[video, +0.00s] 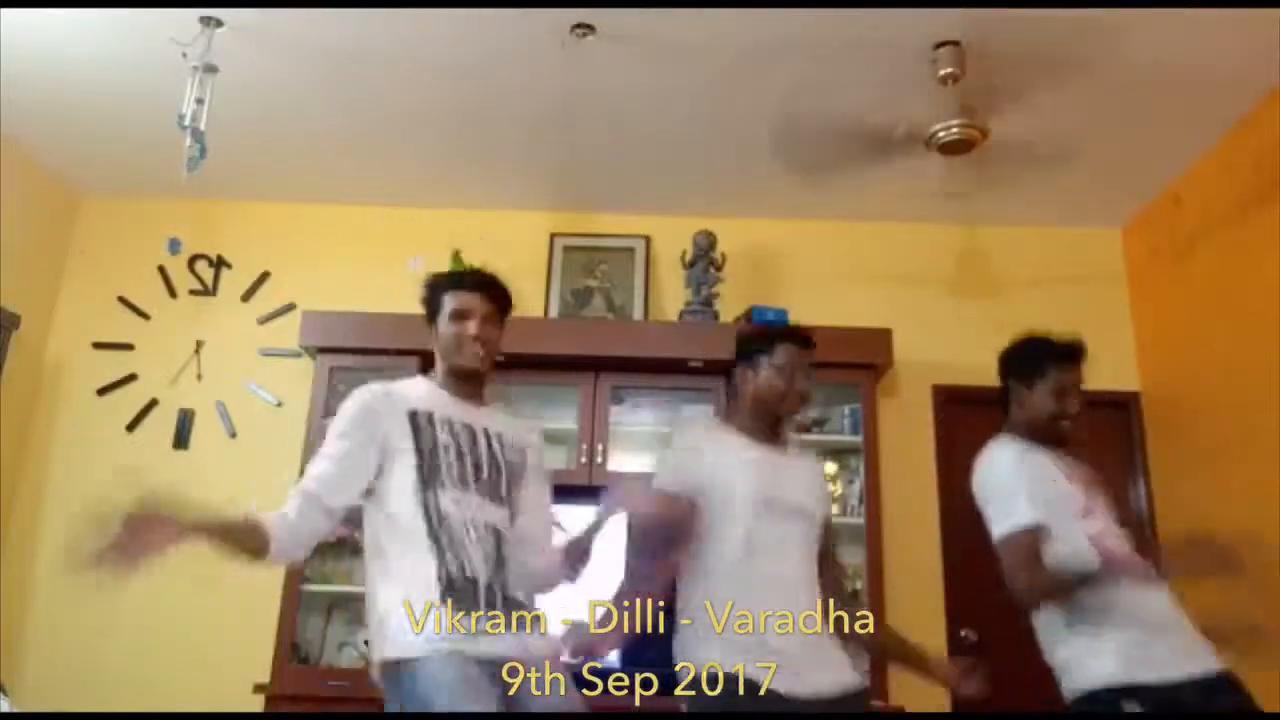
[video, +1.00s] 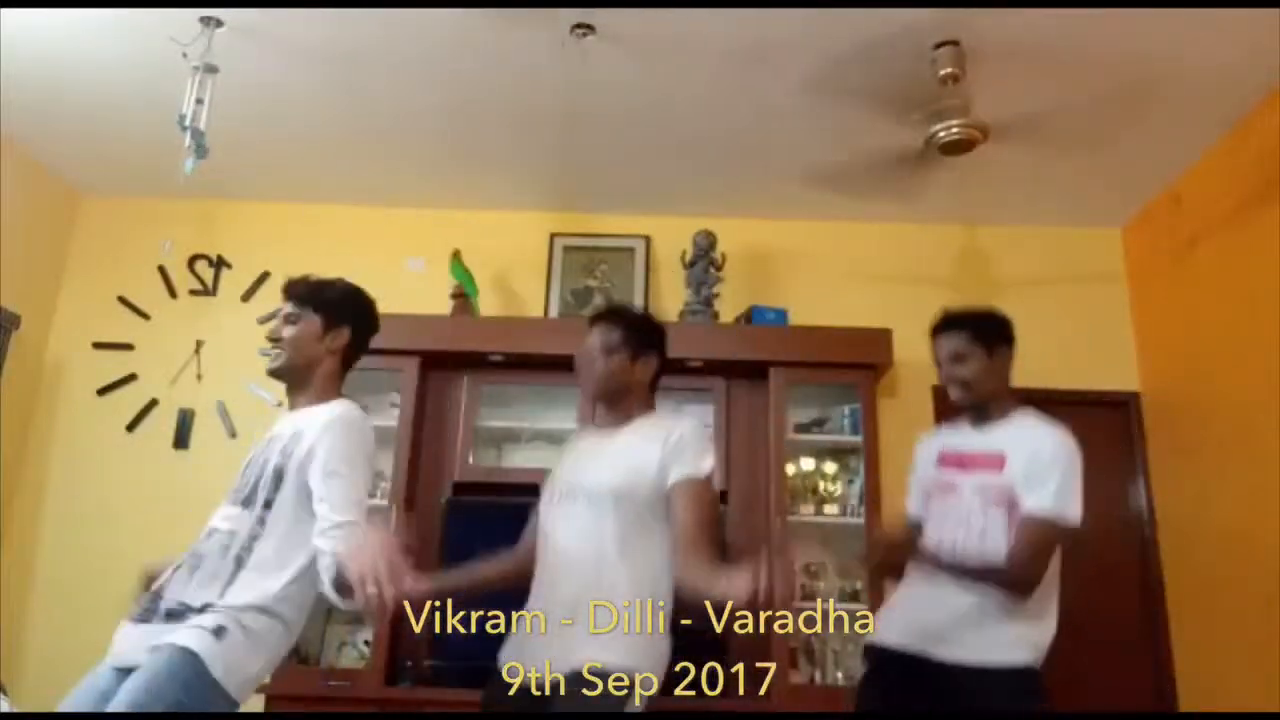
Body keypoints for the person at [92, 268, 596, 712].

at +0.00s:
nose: (478, 332)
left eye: (491, 321)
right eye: (462, 318)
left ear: (502, 337)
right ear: (432, 331)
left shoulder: (522, 442)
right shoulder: (380, 408)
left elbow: (529, 570)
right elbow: (298, 528)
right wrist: (192, 528)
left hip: (517, 644)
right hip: (428, 640)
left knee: (572, 703)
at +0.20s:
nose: (448, 243)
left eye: (464, 232)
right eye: (434, 230)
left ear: (483, 250)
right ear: (412, 246)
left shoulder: (520, 341)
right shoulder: (357, 335)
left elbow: (563, 461)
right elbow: (285, 462)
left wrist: (544, 397)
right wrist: (313, 434)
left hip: (483, 567)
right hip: (372, 563)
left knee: (507, 703)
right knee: (324, 703)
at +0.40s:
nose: (379, 310)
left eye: (397, 302)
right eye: (374, 301)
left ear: (431, 329)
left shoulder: (456, 423)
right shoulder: (317, 420)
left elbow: (499, 551)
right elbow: (306, 536)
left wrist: (427, 652)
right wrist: (313, 649)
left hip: (420, 666)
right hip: (331, 660)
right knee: (282, 708)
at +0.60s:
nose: (349, 272)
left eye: (367, 263)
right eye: (351, 262)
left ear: (411, 281)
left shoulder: (431, 362)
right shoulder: (330, 369)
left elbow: (451, 505)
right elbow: (312, 487)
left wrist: (357, 509)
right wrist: (276, 527)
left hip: (360, 608)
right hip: (284, 600)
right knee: (239, 704)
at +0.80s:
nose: (315, 261)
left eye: (330, 246)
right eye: (317, 249)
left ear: (376, 254)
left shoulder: (400, 339)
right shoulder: (328, 344)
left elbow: (401, 480)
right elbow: (273, 473)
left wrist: (326, 435)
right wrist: (169, 483)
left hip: (276, 556)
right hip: (230, 538)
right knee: (121, 697)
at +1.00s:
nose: (273, 331)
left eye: (292, 320)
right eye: (278, 320)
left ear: (336, 340)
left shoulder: (340, 422)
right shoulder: (283, 430)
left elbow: (339, 573)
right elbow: (248, 545)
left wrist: (364, 550)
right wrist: (178, 571)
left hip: (223, 635)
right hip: (167, 621)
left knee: (129, 709)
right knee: (73, 707)